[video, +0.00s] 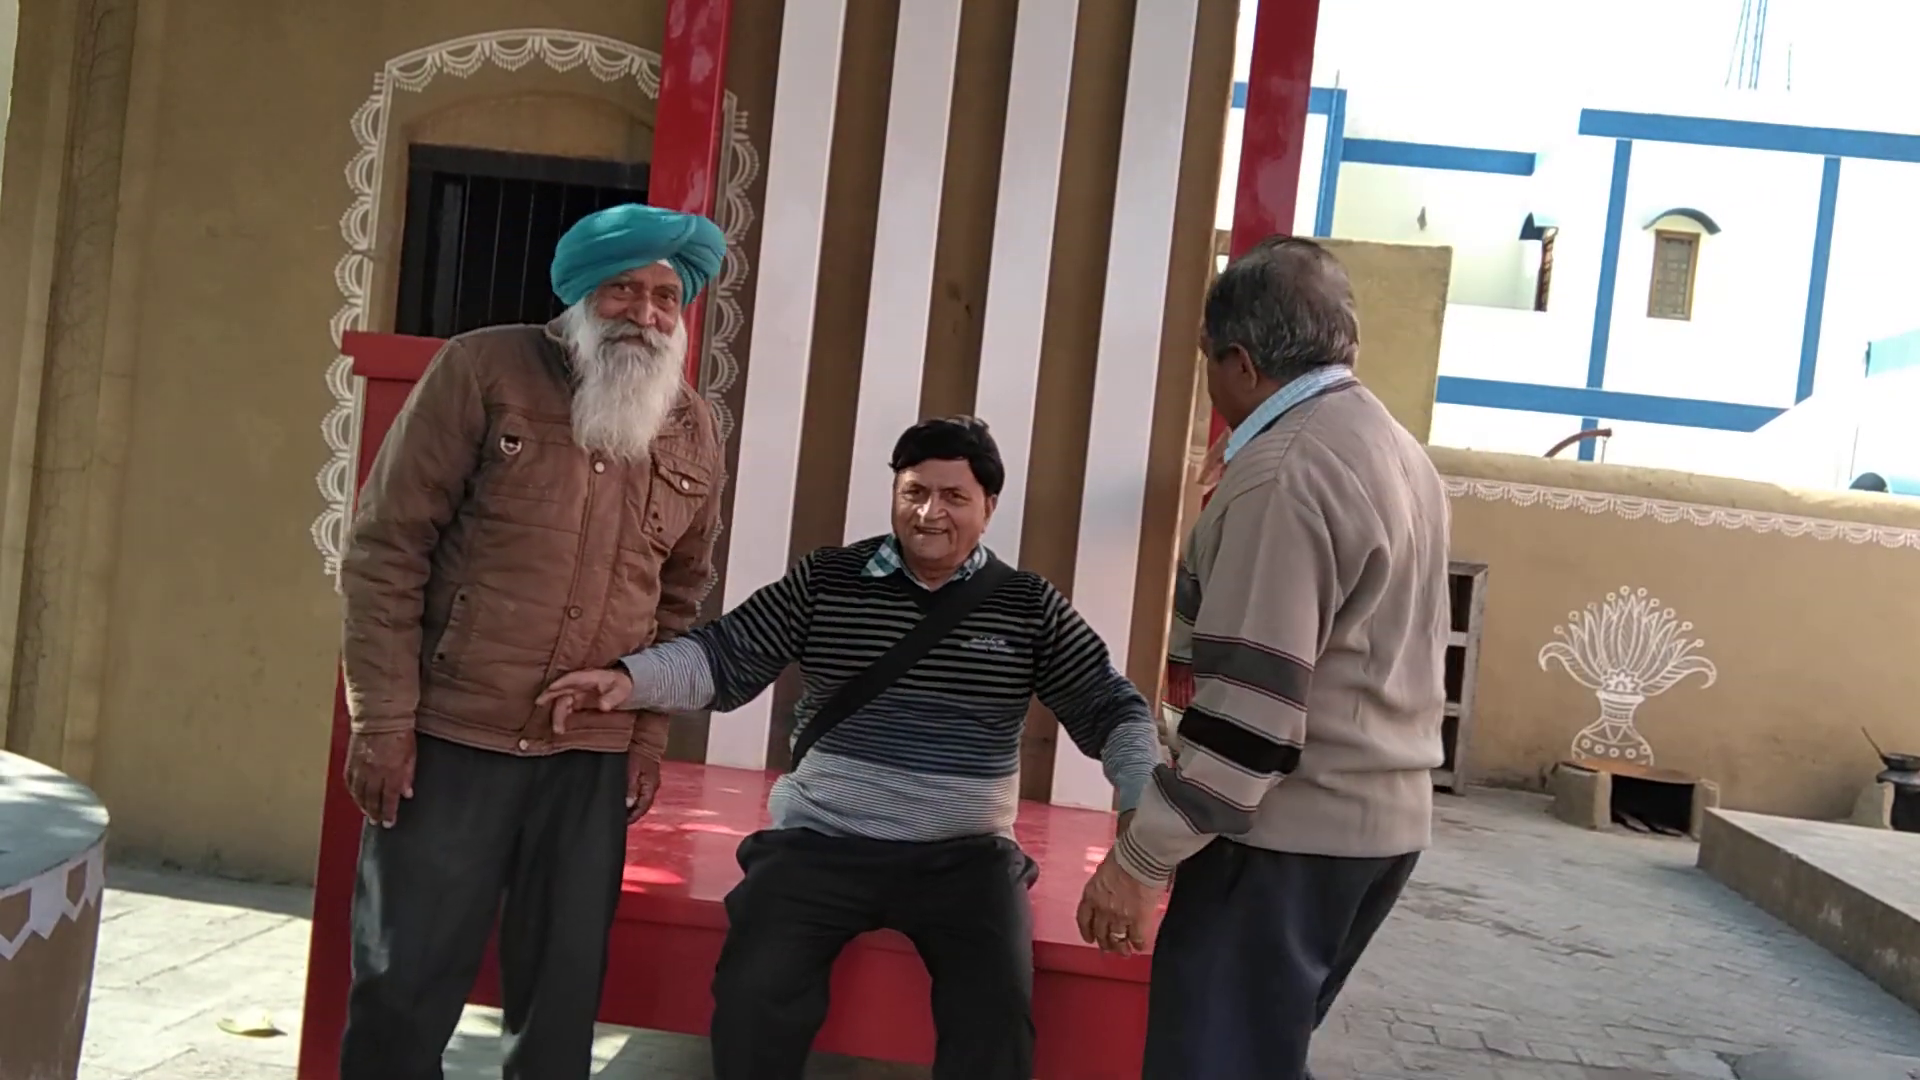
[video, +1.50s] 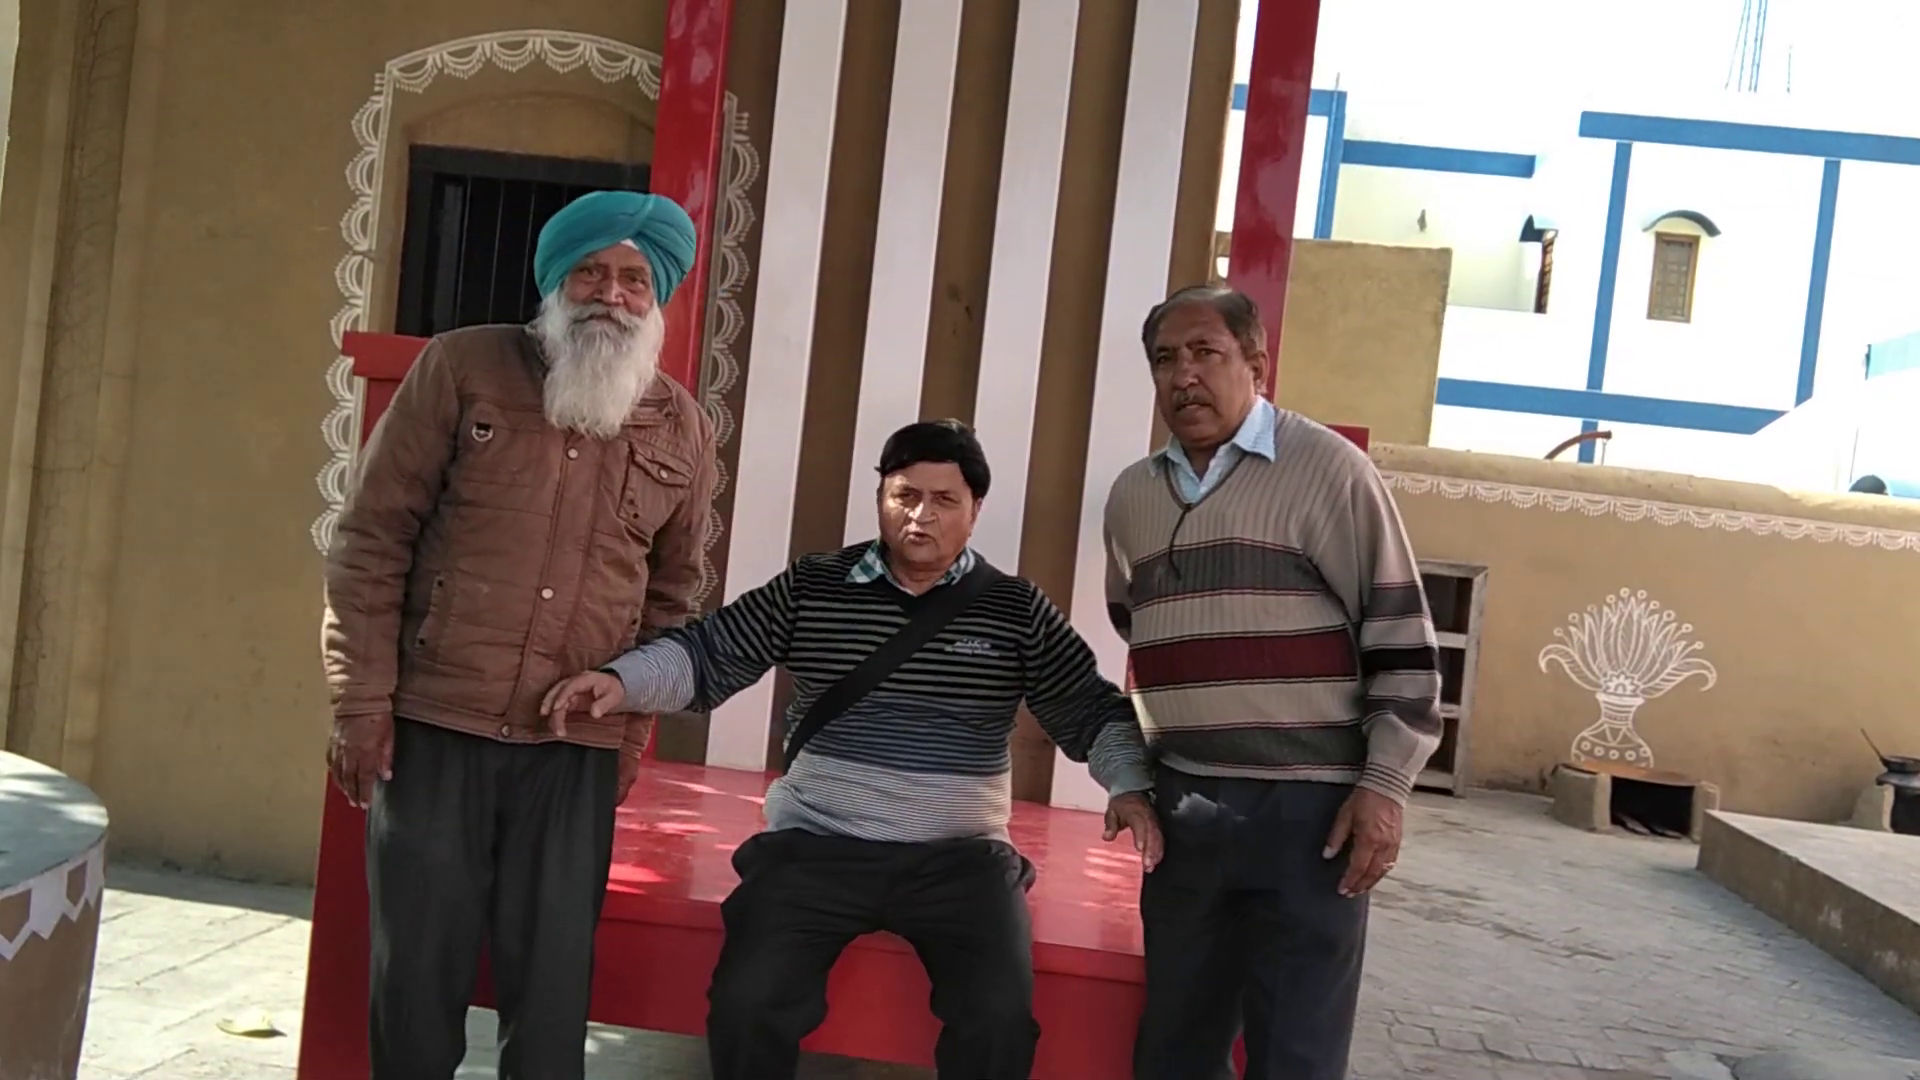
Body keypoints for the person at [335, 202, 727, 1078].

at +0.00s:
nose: (646, 312)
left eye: (666, 297)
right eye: (626, 288)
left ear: (684, 312)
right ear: (582, 293)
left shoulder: (696, 429)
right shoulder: (481, 369)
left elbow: (686, 595)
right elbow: (386, 544)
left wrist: (653, 726)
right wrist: (382, 719)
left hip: (591, 767)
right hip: (452, 753)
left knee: (559, 1028)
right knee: (400, 1016)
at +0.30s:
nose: (684, 314)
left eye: (706, 300)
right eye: (664, 292)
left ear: (725, 323)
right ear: (621, 298)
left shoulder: (731, 441)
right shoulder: (524, 370)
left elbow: (704, 600)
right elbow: (418, 530)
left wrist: (669, 728)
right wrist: (397, 695)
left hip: (607, 763)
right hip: (471, 742)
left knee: (566, 1019)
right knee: (408, 1001)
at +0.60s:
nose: (691, 316)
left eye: (715, 302)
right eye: (674, 293)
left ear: (736, 326)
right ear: (633, 300)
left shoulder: (739, 443)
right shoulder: (537, 368)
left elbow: (706, 598)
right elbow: (431, 525)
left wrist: (661, 727)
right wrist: (413, 690)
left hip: (611, 755)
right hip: (475, 734)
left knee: (569, 1012)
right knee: (424, 994)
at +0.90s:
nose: (660, 302)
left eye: (681, 289)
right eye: (642, 279)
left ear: (703, 310)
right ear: (602, 286)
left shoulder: (713, 433)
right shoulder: (505, 367)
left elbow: (699, 595)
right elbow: (407, 530)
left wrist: (659, 732)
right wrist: (402, 699)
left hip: (604, 757)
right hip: (468, 741)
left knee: (563, 1015)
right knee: (436, 1001)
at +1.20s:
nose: (639, 298)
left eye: (661, 282)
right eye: (620, 274)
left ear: (685, 303)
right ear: (580, 281)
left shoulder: (702, 428)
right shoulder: (484, 366)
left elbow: (692, 594)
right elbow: (391, 534)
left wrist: (647, 731)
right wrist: (383, 696)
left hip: (591, 755)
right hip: (451, 741)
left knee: (557, 1015)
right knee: (426, 1004)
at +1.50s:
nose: (615, 294)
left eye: (638, 279)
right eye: (596, 271)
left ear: (662, 301)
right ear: (557, 279)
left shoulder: (682, 427)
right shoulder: (461, 365)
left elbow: (679, 588)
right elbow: (371, 538)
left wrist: (636, 713)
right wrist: (362, 705)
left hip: (576, 755)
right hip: (435, 742)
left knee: (550, 1012)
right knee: (415, 1003)